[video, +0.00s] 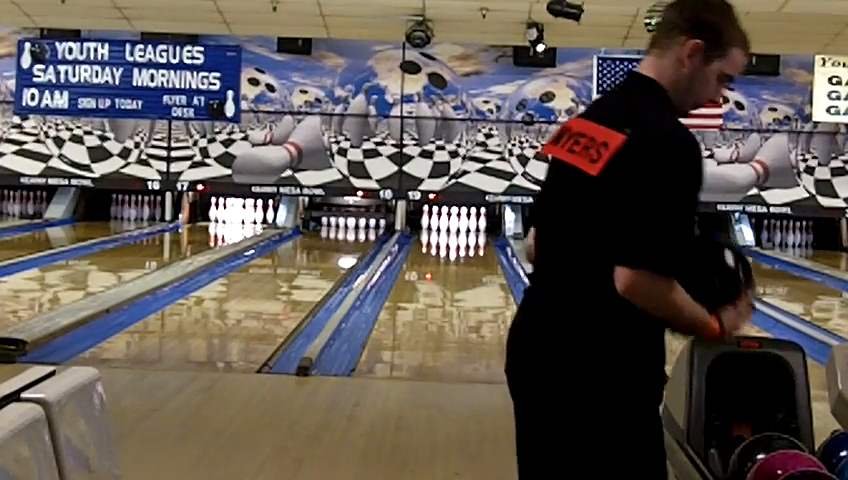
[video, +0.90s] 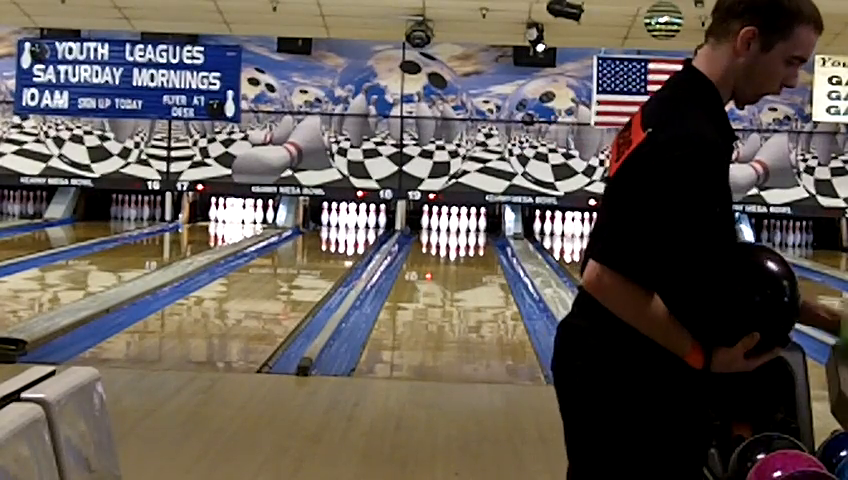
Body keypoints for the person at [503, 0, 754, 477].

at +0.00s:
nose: (720, 96)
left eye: (728, 84)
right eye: (723, 79)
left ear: (683, 51)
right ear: (691, 52)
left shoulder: (593, 114)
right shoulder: (669, 142)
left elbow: (539, 245)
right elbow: (637, 278)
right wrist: (710, 326)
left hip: (542, 340)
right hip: (611, 358)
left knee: (549, 477)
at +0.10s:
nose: (739, 100)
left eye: (749, 87)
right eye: (743, 81)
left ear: (703, 52)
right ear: (710, 55)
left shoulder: (608, 115)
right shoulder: (685, 151)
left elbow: (573, 242)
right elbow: (651, 294)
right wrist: (727, 354)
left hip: (551, 347)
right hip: (618, 368)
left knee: (556, 478)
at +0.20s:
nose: (752, 102)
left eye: (763, 89)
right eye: (756, 83)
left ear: (717, 53)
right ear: (722, 55)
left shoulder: (637, 110)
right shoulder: (681, 143)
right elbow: (656, 292)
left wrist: (733, 279)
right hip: (614, 375)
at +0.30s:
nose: (766, 99)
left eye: (776, 87)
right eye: (768, 81)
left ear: (728, 50)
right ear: (732, 53)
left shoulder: (657, 106)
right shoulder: (678, 131)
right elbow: (660, 288)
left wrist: (718, 183)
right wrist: (752, 229)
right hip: (612, 373)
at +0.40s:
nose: (774, 96)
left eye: (784, 84)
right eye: (776, 78)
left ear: (733, 49)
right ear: (736, 49)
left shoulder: (667, 108)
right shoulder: (679, 128)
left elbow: (661, 251)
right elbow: (632, 286)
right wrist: (750, 267)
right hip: (614, 366)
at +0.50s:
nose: (777, 94)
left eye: (787, 82)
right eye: (779, 76)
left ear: (737, 48)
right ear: (740, 48)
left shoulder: (670, 107)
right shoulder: (682, 129)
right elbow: (612, 282)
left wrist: (729, 299)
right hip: (619, 363)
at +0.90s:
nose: (792, 81)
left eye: (800, 66)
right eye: (791, 62)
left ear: (743, 43)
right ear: (747, 42)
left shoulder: (688, 111)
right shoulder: (689, 128)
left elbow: (696, 256)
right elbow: (602, 275)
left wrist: (793, 304)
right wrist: (702, 355)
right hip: (625, 369)